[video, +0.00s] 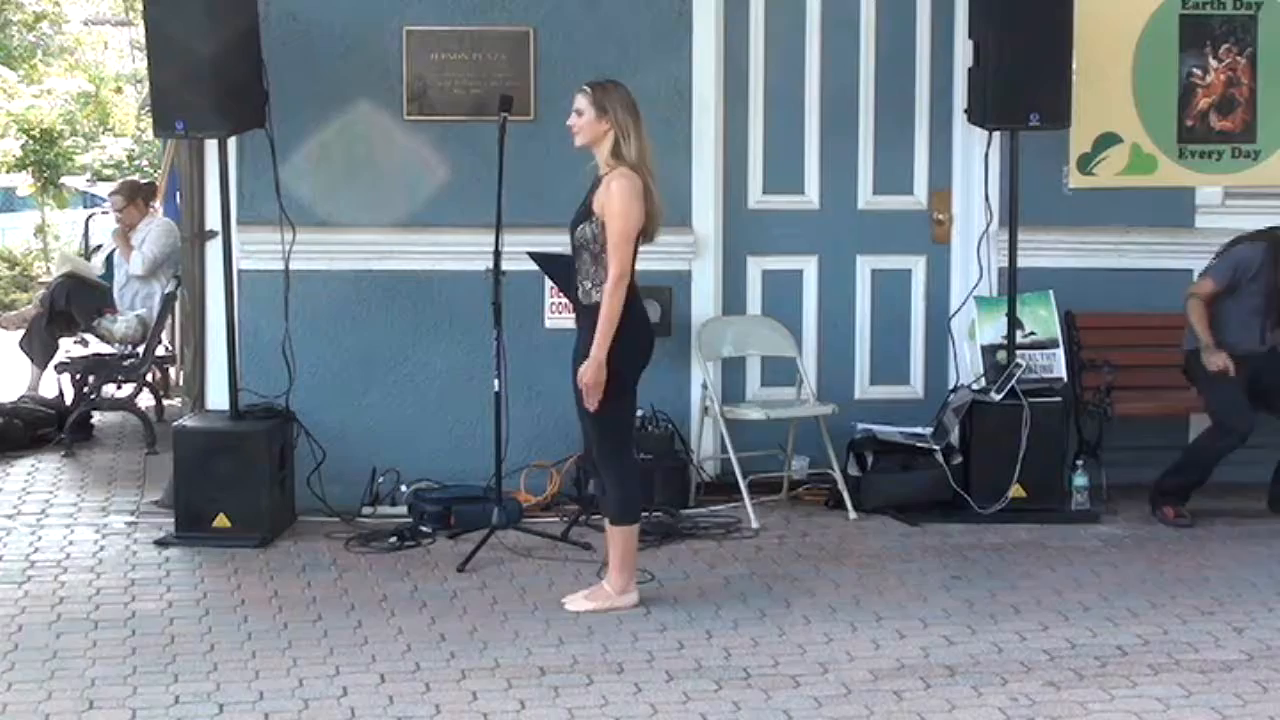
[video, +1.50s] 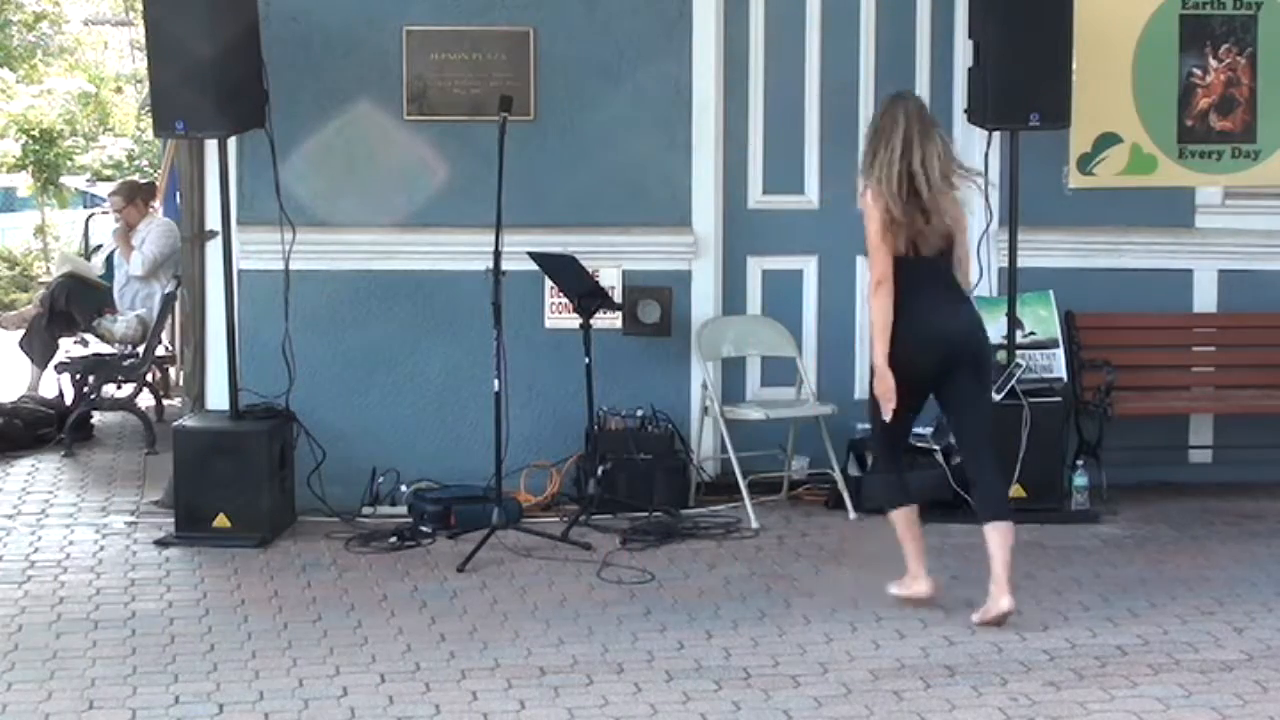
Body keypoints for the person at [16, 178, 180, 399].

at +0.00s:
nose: (117, 218)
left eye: (120, 211)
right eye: (114, 213)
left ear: (140, 205)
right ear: (136, 206)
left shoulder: (164, 228)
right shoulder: (128, 234)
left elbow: (142, 267)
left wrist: (122, 243)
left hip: (139, 319)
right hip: (119, 313)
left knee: (69, 285)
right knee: (45, 320)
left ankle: (35, 310)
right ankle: (32, 390)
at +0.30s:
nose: (117, 218)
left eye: (120, 211)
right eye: (114, 213)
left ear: (140, 205)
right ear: (136, 206)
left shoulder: (164, 228)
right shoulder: (128, 234)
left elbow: (142, 267)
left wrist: (122, 243)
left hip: (139, 319)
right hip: (118, 313)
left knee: (68, 285)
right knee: (46, 320)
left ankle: (35, 310)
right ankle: (32, 390)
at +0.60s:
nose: (117, 218)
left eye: (120, 211)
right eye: (114, 212)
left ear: (140, 205)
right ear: (136, 206)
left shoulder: (164, 229)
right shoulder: (128, 234)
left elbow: (142, 267)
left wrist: (123, 244)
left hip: (140, 317)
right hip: (119, 311)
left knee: (68, 284)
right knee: (45, 320)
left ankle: (34, 310)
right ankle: (32, 389)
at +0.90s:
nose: (117, 218)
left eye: (119, 211)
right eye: (114, 213)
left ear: (140, 205)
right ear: (136, 206)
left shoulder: (164, 229)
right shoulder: (128, 234)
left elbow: (142, 267)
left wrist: (123, 243)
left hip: (140, 318)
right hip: (118, 311)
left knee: (68, 284)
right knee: (45, 320)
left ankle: (34, 310)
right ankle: (32, 390)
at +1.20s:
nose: (117, 218)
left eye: (119, 212)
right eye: (114, 213)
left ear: (140, 205)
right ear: (136, 206)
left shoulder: (164, 229)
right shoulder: (127, 234)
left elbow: (141, 267)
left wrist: (123, 242)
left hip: (140, 319)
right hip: (119, 312)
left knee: (69, 285)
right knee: (45, 320)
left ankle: (34, 310)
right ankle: (32, 389)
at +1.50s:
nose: (117, 218)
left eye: (119, 212)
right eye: (114, 213)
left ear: (139, 205)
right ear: (136, 206)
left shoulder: (164, 229)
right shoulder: (127, 234)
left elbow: (141, 267)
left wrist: (123, 242)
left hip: (140, 318)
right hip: (119, 312)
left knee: (69, 285)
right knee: (45, 319)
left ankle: (34, 310)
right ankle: (32, 390)